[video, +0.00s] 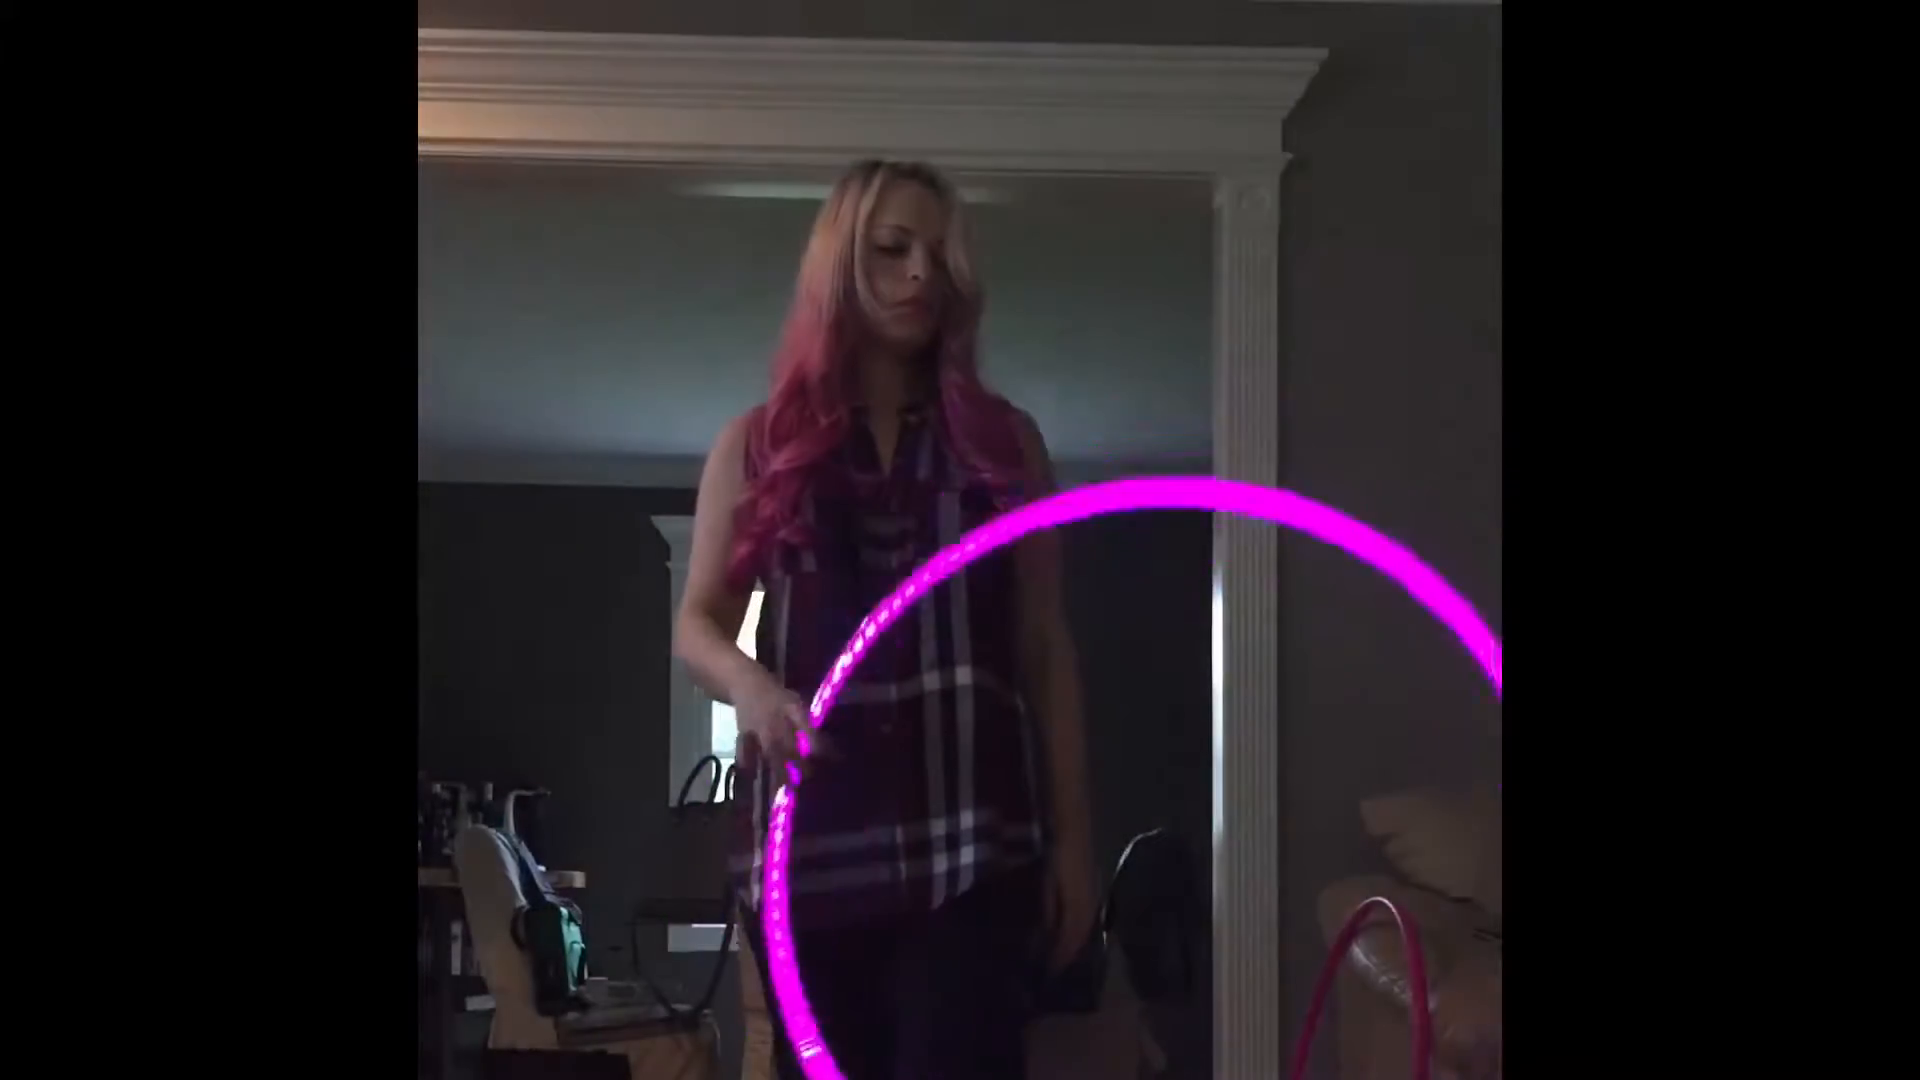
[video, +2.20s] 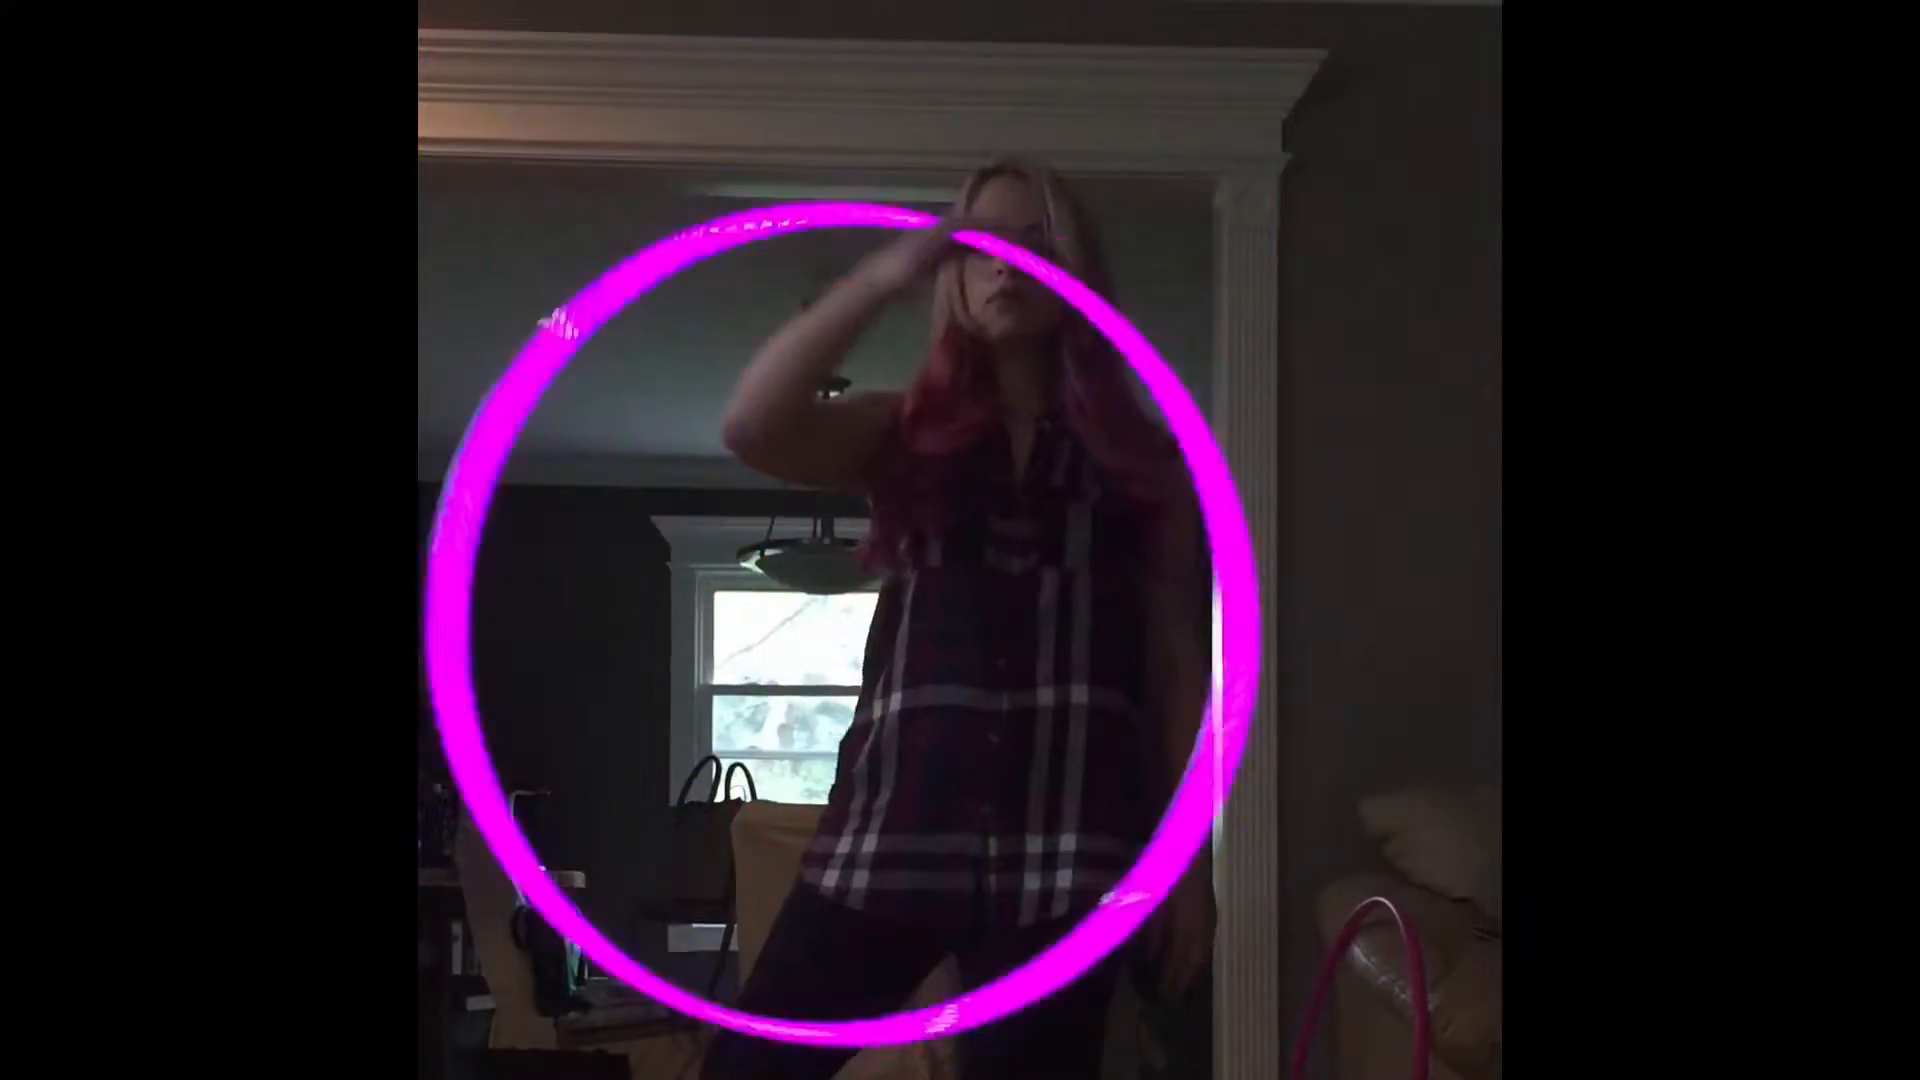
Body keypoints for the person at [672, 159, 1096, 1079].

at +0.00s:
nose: (921, 273)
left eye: (940, 252)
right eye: (893, 249)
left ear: (961, 271)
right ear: (839, 265)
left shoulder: (1005, 438)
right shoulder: (759, 444)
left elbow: (1046, 646)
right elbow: (697, 626)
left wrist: (1072, 838)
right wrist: (753, 688)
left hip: (979, 840)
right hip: (821, 843)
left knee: (972, 1058)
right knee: (833, 1064)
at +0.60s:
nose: (935, 238)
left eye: (965, 227)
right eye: (918, 218)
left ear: (1001, 267)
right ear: (884, 246)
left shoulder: (1056, 437)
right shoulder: (810, 416)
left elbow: (1084, 652)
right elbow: (691, 556)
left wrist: (1095, 856)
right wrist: (623, 605)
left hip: (998, 843)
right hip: (831, 841)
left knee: (978, 1066)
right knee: (844, 1066)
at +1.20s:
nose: (997, 220)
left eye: (1024, 204)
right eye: (974, 207)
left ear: (1061, 240)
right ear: (943, 245)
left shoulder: (1120, 423)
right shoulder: (871, 413)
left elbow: (1160, 645)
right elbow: (765, 552)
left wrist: (1180, 843)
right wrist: (793, 622)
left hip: (1071, 838)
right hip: (903, 835)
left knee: (1055, 1068)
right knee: (892, 1068)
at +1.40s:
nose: (1001, 227)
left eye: (1029, 209)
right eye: (977, 213)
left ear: (1070, 240)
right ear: (944, 245)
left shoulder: (1128, 404)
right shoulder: (875, 384)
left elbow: (1172, 631)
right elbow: (768, 525)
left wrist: (1185, 839)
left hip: (1080, 833)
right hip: (905, 836)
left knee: (1054, 1065)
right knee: (901, 1066)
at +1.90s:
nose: (1016, 237)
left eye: (1041, 218)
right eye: (992, 219)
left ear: (1080, 246)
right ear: (959, 250)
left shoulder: (1137, 422)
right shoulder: (900, 401)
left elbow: (1174, 639)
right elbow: (800, 494)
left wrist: (1187, 835)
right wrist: (964, 458)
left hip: (1082, 820)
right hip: (911, 814)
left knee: (1053, 1067)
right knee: (822, 1064)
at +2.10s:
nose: (1014, 244)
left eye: (1039, 225)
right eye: (990, 229)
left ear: (1082, 252)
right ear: (957, 265)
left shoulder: (1137, 436)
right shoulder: (921, 410)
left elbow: (1173, 652)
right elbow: (811, 461)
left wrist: (1190, 864)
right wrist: (983, 363)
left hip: (1076, 835)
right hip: (905, 826)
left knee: (1045, 1071)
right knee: (778, 1059)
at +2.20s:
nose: (1006, 261)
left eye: (1035, 239)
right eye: (980, 242)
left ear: (1080, 272)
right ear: (948, 279)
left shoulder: (1141, 449)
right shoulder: (908, 430)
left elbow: (1178, 672)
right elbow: (757, 428)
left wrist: (1187, 869)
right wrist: (887, 271)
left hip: (1070, 865)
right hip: (886, 853)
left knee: (1031, 1072)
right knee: (748, 1066)